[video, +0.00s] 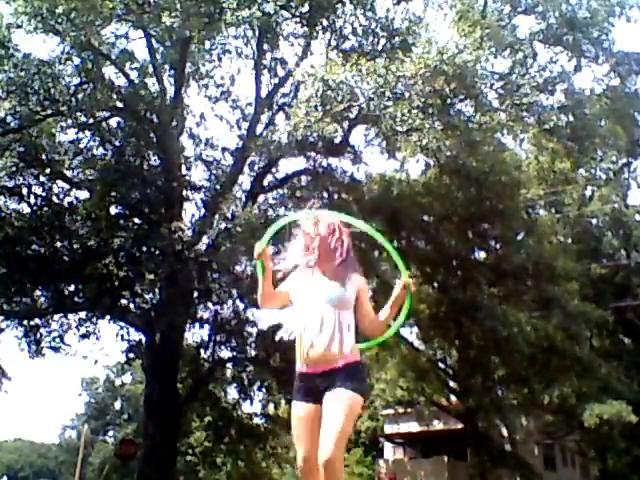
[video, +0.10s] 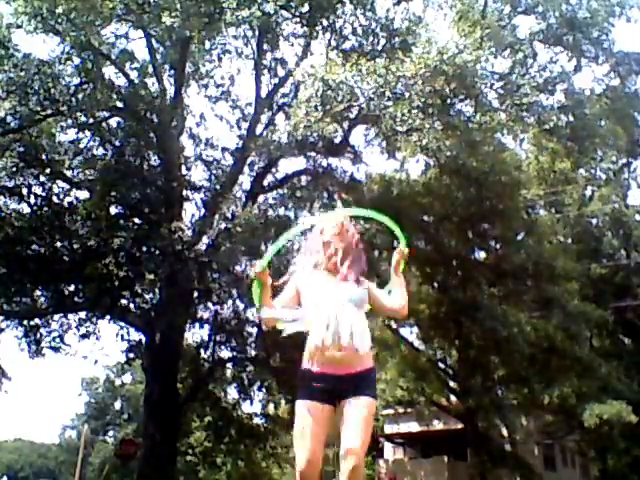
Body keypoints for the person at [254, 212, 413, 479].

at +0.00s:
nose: (306, 242)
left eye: (312, 235)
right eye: (304, 235)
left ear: (333, 241)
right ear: (302, 239)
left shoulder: (354, 281)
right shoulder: (300, 277)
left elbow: (372, 329)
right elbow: (267, 302)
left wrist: (397, 298)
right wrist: (266, 267)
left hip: (345, 375)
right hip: (306, 378)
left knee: (328, 459)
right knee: (304, 462)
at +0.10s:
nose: (337, 240)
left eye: (344, 233)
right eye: (332, 233)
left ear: (353, 243)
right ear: (320, 240)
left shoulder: (360, 286)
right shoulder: (304, 279)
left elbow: (399, 309)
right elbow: (269, 318)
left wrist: (397, 271)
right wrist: (264, 284)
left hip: (360, 378)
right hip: (315, 378)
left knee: (353, 460)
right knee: (306, 466)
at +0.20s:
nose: (359, 246)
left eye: (362, 241)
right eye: (352, 240)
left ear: (364, 245)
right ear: (332, 243)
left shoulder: (365, 281)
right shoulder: (316, 277)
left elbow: (392, 278)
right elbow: (279, 312)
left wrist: (387, 249)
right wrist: (278, 304)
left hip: (363, 380)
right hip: (324, 377)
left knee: (361, 463)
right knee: (343, 457)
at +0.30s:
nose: (377, 253)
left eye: (380, 247)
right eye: (373, 244)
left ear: (379, 250)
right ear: (355, 242)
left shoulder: (372, 277)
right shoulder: (330, 273)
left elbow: (387, 267)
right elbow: (276, 282)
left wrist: (410, 263)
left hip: (365, 378)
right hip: (336, 372)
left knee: (354, 462)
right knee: (370, 454)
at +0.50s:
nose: (397, 244)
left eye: (396, 238)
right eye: (392, 235)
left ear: (389, 245)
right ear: (376, 236)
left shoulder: (347, 277)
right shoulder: (365, 256)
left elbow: (324, 322)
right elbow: (366, 204)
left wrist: (361, 339)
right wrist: (400, 210)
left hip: (335, 370)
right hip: (359, 367)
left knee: (363, 463)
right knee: (381, 460)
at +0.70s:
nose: (395, 245)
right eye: (391, 240)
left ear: (351, 243)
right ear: (385, 241)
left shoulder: (335, 269)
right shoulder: (394, 261)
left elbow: (329, 312)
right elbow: (441, 245)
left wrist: (300, 315)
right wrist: (416, 226)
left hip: (335, 365)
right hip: (380, 365)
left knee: (335, 459)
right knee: (381, 461)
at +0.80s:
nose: (346, 245)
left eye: (349, 240)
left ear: (352, 242)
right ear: (386, 245)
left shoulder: (344, 266)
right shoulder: (397, 275)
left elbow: (307, 303)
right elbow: (432, 305)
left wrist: (297, 263)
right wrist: (434, 274)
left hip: (337, 360)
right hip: (380, 365)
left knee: (328, 460)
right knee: (381, 464)